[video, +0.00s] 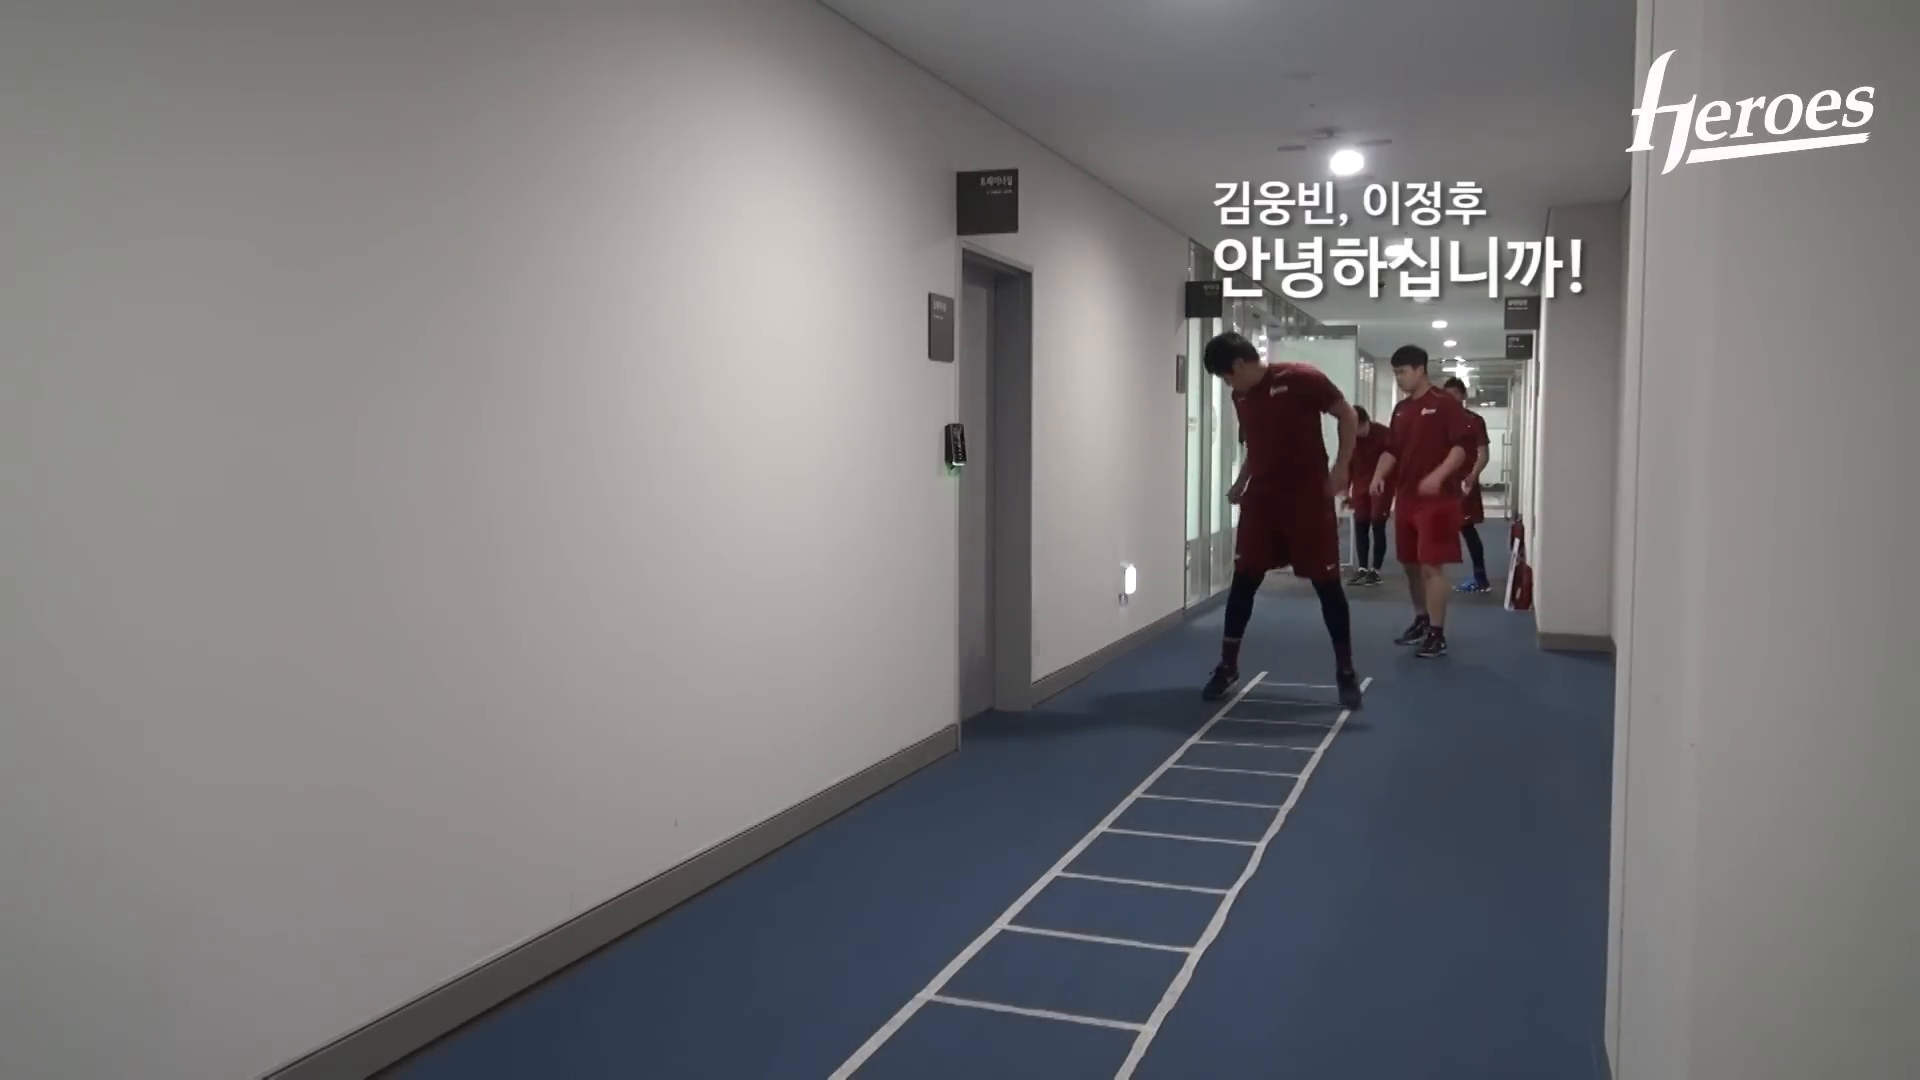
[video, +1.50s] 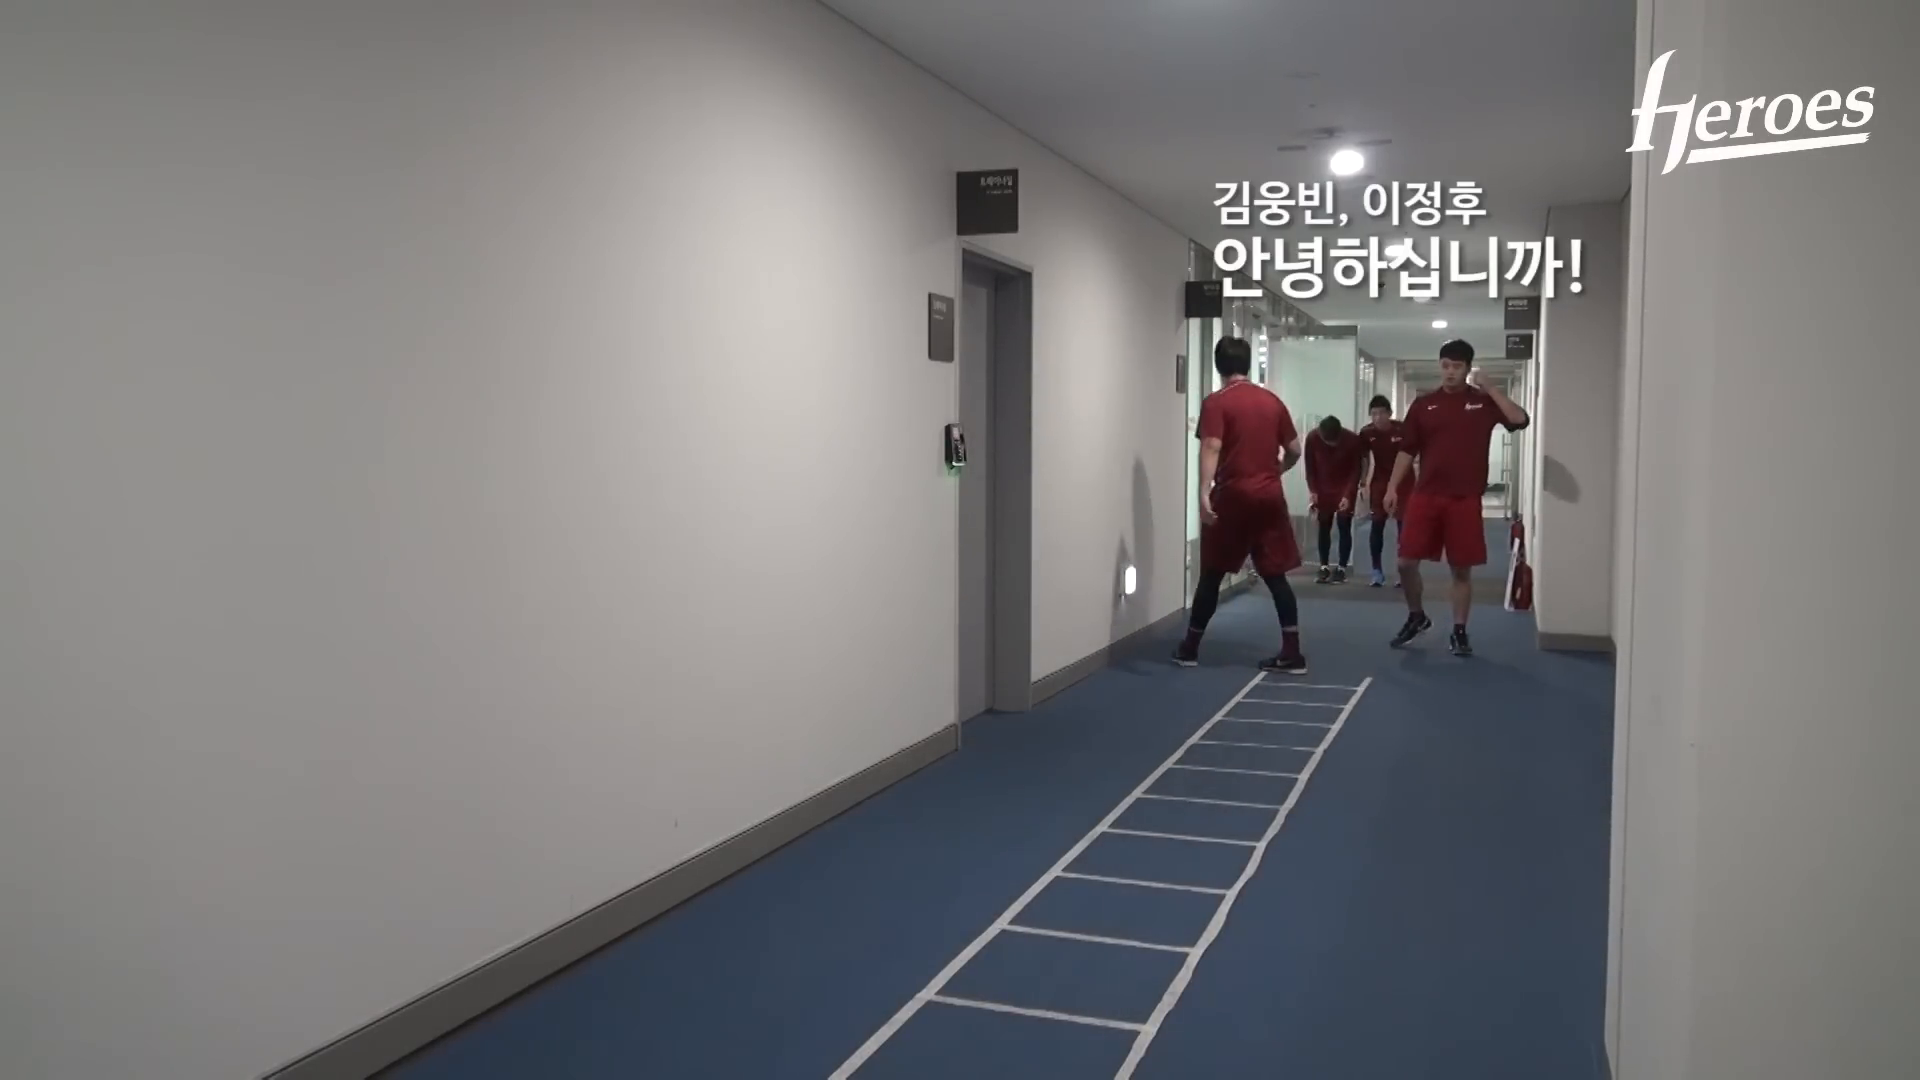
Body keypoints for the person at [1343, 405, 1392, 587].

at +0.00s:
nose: (1358, 432)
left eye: (1360, 427)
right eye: (1354, 428)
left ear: (1366, 421)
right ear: (1351, 426)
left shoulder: (1384, 434)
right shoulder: (1351, 437)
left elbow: (1394, 461)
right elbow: (1347, 464)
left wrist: (1393, 488)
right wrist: (1345, 490)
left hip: (1381, 488)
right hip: (1360, 488)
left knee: (1378, 528)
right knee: (1361, 528)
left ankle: (1375, 569)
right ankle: (1362, 568)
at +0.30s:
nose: (1363, 425)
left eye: (1366, 420)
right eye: (1359, 421)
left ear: (1371, 416)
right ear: (1352, 419)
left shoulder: (1380, 430)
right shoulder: (1346, 431)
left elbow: (1388, 461)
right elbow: (1343, 462)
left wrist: (1390, 491)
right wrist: (1341, 489)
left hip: (1377, 488)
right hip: (1355, 488)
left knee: (1376, 526)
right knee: (1351, 526)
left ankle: (1375, 569)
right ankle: (1360, 567)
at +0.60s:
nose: (1353, 406)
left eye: (1356, 402)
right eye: (1349, 402)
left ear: (1363, 404)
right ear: (1344, 406)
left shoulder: (1375, 425)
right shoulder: (1339, 427)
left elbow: (1386, 457)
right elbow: (1336, 457)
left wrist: (1385, 486)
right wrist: (1337, 481)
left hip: (1369, 487)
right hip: (1345, 486)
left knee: (1373, 529)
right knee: (1332, 529)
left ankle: (1375, 569)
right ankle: (1323, 571)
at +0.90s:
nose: (1337, 408)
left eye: (1340, 403)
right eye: (1333, 404)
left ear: (1345, 404)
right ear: (1326, 406)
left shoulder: (1359, 427)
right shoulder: (1322, 428)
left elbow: (1367, 457)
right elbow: (1316, 454)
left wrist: (1363, 481)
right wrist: (1319, 477)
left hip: (1353, 482)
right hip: (1330, 482)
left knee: (1358, 524)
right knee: (1326, 525)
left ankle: (1369, 567)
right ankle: (1323, 566)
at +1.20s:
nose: (1324, 427)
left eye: (1326, 422)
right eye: (1321, 423)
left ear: (1334, 419)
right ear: (1319, 422)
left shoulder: (1352, 434)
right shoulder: (1319, 436)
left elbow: (1356, 467)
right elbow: (1316, 461)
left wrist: (1344, 489)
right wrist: (1315, 481)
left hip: (1346, 487)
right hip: (1326, 485)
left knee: (1344, 526)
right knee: (1323, 526)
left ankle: (1342, 565)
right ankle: (1323, 564)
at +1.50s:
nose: (1331, 445)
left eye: (1334, 441)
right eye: (1327, 441)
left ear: (1340, 433)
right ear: (1321, 433)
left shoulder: (1353, 440)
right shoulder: (1313, 438)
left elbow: (1356, 471)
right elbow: (1310, 467)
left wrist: (1348, 496)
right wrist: (1313, 491)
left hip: (1346, 491)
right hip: (1324, 491)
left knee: (1344, 527)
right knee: (1323, 528)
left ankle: (1342, 566)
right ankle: (1324, 566)